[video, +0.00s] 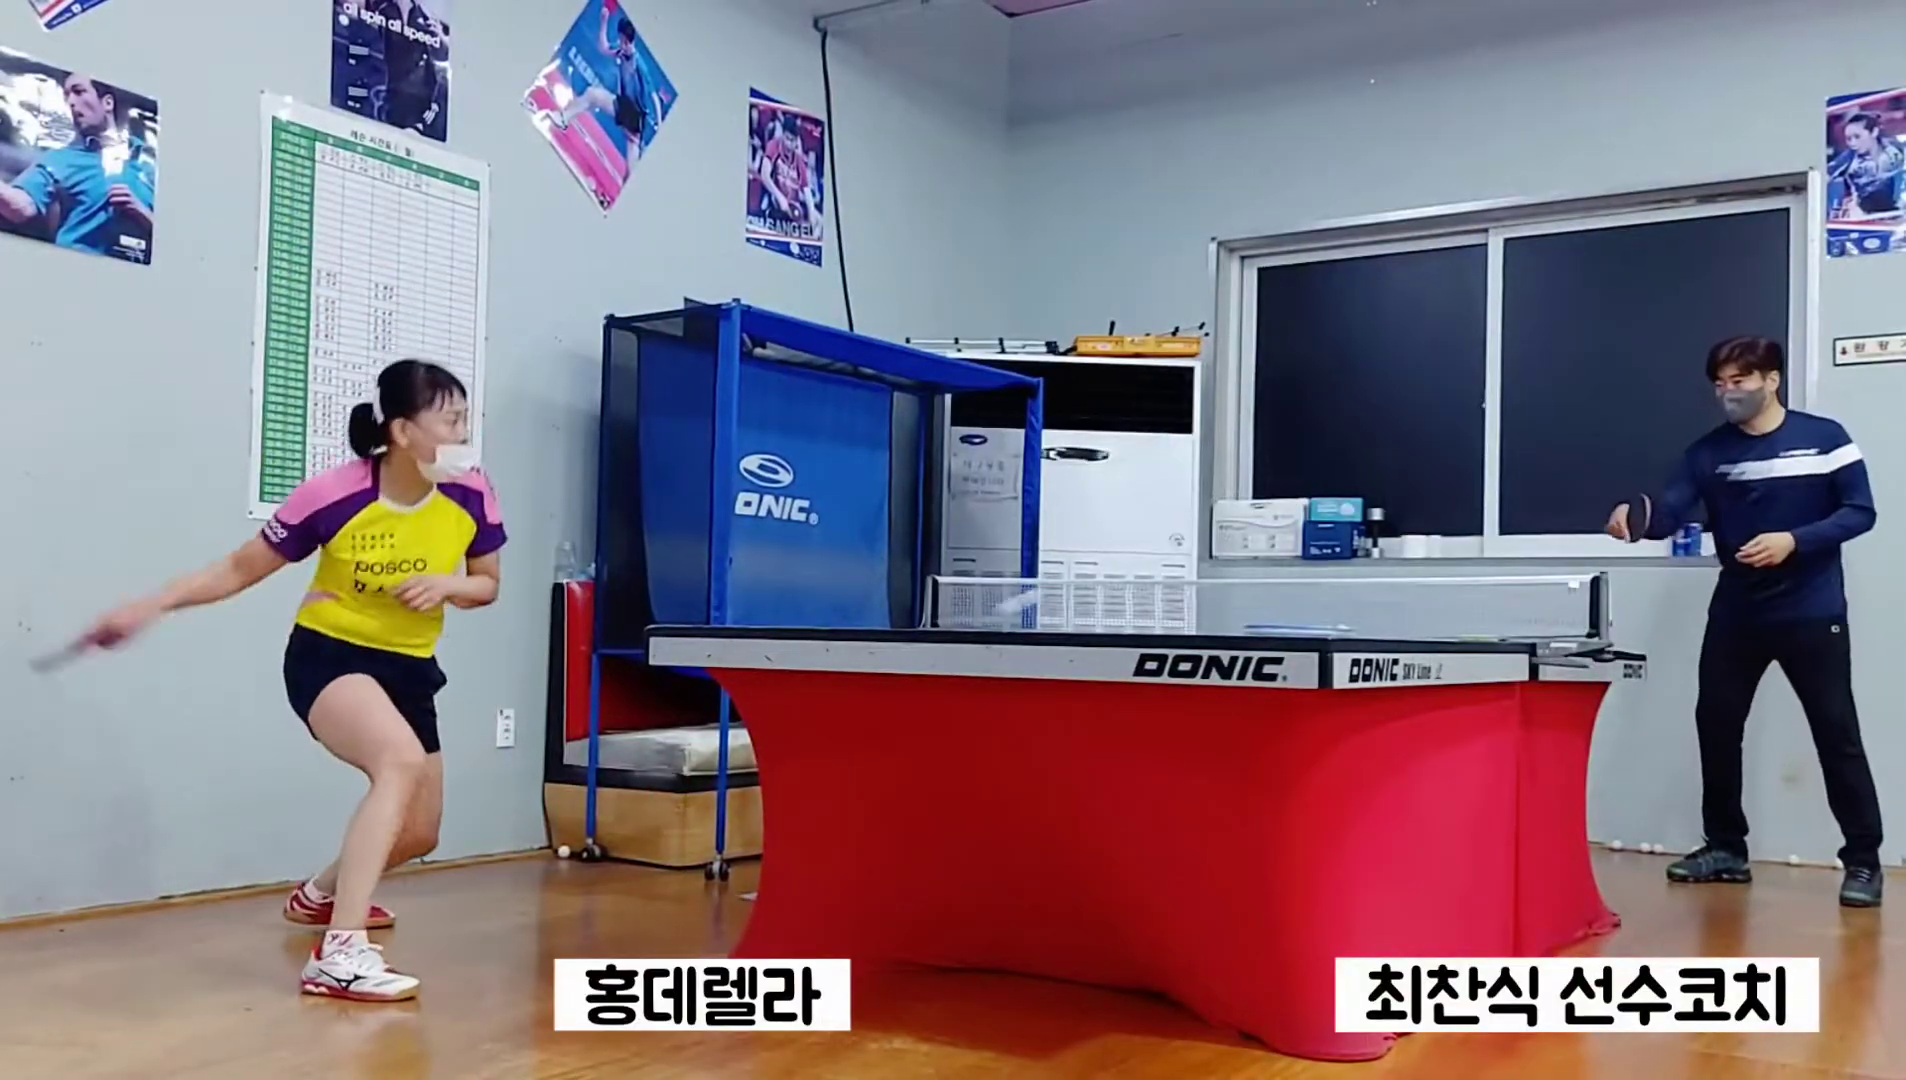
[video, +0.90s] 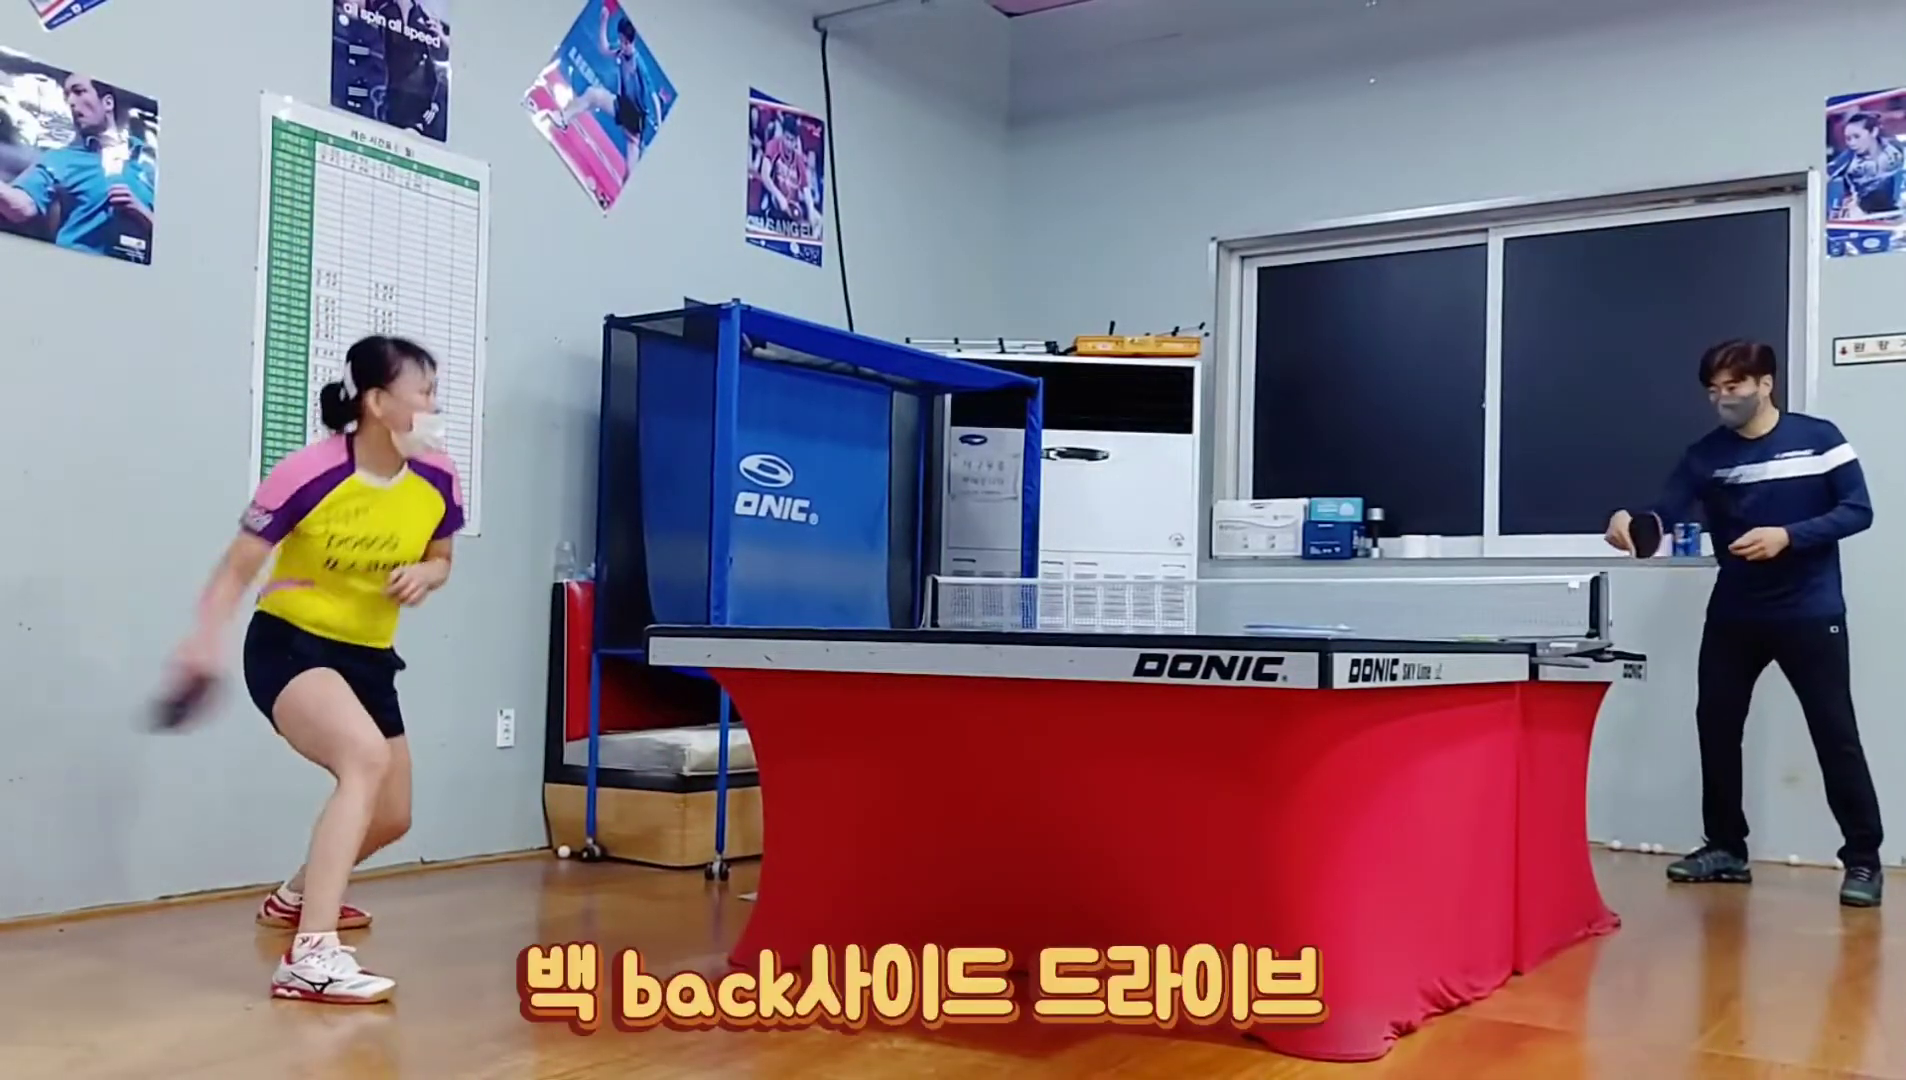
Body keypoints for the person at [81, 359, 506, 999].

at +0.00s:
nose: (459, 431)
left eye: (462, 417)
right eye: (446, 418)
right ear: (399, 429)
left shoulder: (471, 495)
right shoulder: (336, 495)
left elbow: (487, 586)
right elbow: (239, 569)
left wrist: (450, 586)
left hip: (410, 670)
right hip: (330, 654)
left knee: (418, 834)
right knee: (400, 762)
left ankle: (322, 892)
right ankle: (341, 952)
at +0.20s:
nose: (459, 386)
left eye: (464, 373)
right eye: (448, 372)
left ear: (462, 380)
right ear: (402, 376)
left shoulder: (462, 453)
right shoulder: (342, 444)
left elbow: (468, 543)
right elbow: (257, 522)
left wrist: (447, 542)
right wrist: (180, 529)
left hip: (394, 634)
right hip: (323, 619)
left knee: (409, 793)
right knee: (383, 756)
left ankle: (321, 890)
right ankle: (340, 949)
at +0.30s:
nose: (469, 366)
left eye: (474, 354)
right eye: (460, 351)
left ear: (456, 357)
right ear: (417, 347)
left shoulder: (441, 428)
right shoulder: (367, 400)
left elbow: (408, 527)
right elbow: (318, 485)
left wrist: (441, 522)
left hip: (379, 608)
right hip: (322, 594)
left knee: (397, 766)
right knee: (362, 751)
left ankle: (325, 887)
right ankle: (328, 943)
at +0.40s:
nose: (471, 382)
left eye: (477, 372)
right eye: (464, 367)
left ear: (439, 368)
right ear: (423, 355)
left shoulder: (406, 435)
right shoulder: (387, 395)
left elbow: (364, 526)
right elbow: (483, 404)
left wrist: (420, 530)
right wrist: (543, 363)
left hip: (341, 611)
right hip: (311, 603)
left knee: (388, 755)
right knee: (365, 760)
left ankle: (323, 889)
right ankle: (299, 941)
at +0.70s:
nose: (453, 361)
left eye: (454, 348)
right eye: (446, 346)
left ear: (405, 345)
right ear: (407, 342)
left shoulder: (383, 402)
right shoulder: (378, 390)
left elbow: (345, 505)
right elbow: (439, 478)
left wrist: (411, 523)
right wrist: (515, 473)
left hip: (337, 606)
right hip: (310, 603)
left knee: (366, 762)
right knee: (357, 762)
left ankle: (313, 898)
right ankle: (305, 948)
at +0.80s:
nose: (446, 365)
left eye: (446, 352)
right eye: (437, 352)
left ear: (405, 359)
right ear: (395, 357)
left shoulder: (417, 439)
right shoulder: (343, 421)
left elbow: (379, 533)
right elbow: (310, 534)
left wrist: (420, 541)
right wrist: (400, 572)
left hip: (360, 622)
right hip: (296, 614)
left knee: (378, 782)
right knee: (357, 767)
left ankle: (297, 888)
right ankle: (310, 951)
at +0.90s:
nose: (431, 406)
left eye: (433, 394)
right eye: (420, 394)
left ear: (409, 403)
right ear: (374, 401)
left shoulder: (436, 479)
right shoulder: (308, 473)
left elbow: (440, 558)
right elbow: (237, 568)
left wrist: (427, 574)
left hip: (369, 658)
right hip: (290, 643)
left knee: (390, 818)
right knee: (362, 763)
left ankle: (298, 892)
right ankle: (313, 953)